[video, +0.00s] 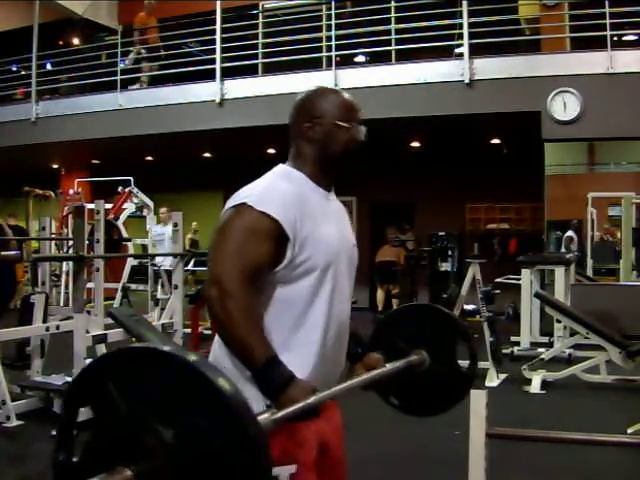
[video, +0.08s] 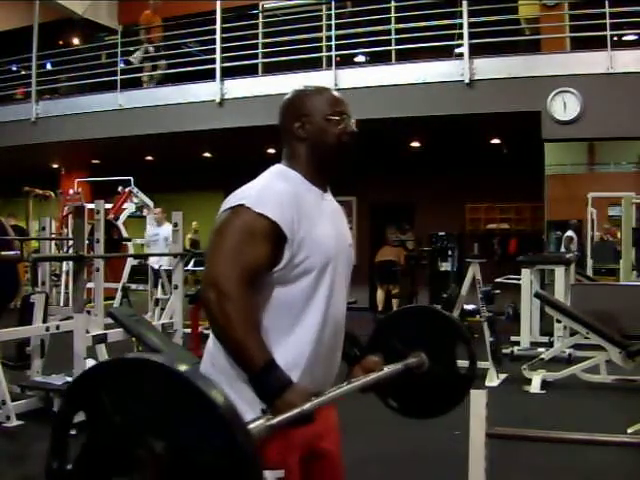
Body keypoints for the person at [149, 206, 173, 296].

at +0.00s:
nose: (161, 216)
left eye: (164, 213)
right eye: (160, 213)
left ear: (169, 214)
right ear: (158, 215)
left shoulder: (172, 227)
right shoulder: (155, 228)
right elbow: (153, 239)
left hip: (170, 254)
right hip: (158, 254)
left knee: (165, 269)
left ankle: (168, 291)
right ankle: (154, 292)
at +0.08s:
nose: (156, 216)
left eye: (158, 214)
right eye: (154, 214)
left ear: (164, 215)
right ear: (152, 215)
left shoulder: (169, 228)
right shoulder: (151, 228)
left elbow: (171, 243)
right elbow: (147, 242)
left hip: (165, 259)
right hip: (153, 259)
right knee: (153, 286)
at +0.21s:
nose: (147, 215)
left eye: (149, 213)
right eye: (145, 213)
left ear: (155, 214)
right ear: (143, 214)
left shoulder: (162, 230)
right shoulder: (141, 230)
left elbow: (165, 248)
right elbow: (138, 245)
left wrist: (162, 264)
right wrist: (138, 259)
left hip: (155, 264)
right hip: (143, 263)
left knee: (151, 292)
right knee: (146, 291)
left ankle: (149, 314)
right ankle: (146, 313)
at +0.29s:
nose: (141, 215)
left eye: (144, 212)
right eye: (140, 212)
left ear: (151, 213)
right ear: (139, 214)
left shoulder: (157, 229)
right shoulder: (136, 229)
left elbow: (159, 247)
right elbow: (132, 245)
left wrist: (156, 262)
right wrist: (132, 259)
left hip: (150, 264)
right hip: (137, 263)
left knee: (149, 292)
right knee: (139, 290)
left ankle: (147, 316)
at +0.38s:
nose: (135, 215)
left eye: (138, 212)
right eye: (135, 212)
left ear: (146, 213)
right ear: (135, 213)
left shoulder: (152, 229)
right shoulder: (132, 229)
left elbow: (153, 247)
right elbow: (129, 245)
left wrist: (147, 261)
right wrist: (128, 258)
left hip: (146, 264)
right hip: (133, 263)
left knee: (145, 291)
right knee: (130, 289)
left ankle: (145, 314)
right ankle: (136, 312)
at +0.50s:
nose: (126, 214)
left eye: (129, 212)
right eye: (126, 212)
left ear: (136, 212)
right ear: (125, 212)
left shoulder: (142, 227)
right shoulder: (126, 227)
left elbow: (144, 246)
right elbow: (117, 232)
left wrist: (134, 260)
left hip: (140, 264)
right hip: (125, 263)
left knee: (142, 291)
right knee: (120, 289)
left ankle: (144, 315)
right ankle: (119, 315)